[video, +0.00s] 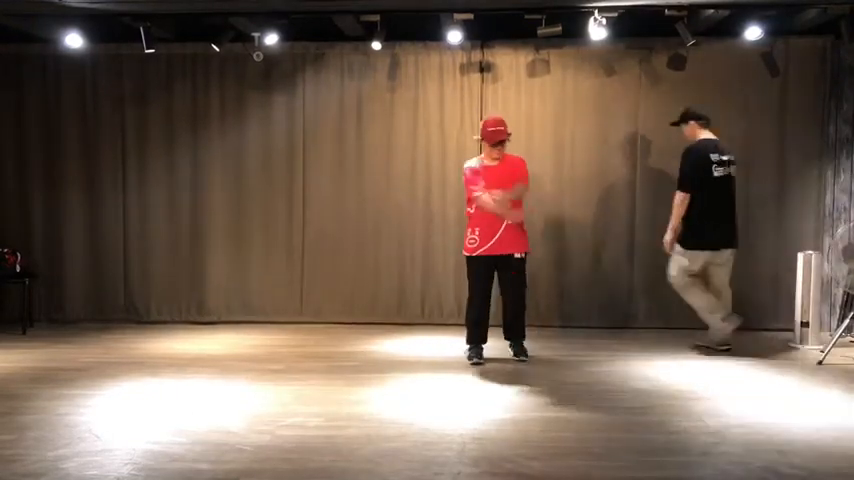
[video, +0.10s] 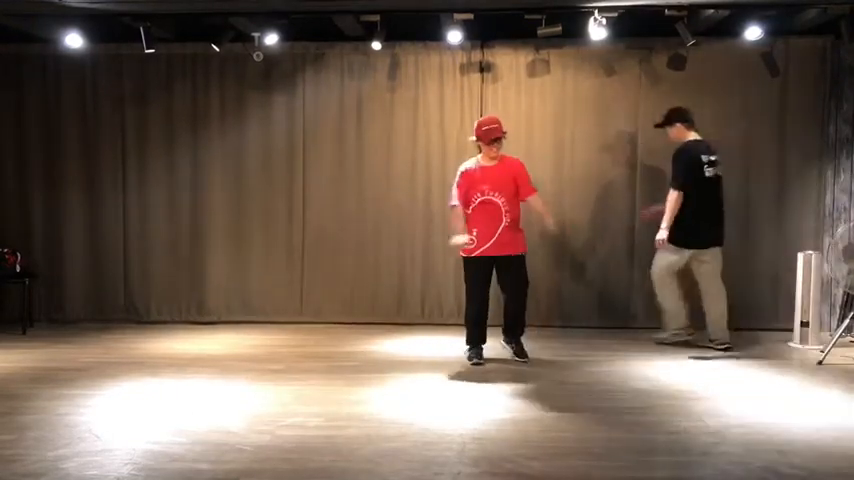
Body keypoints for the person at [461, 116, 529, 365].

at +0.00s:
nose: (499, 150)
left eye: (502, 144)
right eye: (494, 145)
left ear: (507, 141)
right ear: (483, 142)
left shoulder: (517, 164)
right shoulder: (472, 168)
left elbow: (520, 190)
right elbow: (480, 199)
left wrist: (497, 197)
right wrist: (509, 211)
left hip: (512, 243)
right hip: (480, 245)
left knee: (515, 297)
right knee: (478, 297)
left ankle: (517, 341)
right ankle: (475, 345)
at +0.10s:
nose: (495, 147)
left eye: (499, 141)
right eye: (490, 143)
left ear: (503, 140)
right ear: (479, 142)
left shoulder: (514, 166)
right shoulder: (467, 170)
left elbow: (530, 195)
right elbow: (457, 206)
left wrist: (548, 218)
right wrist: (460, 232)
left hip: (509, 245)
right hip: (477, 247)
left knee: (517, 292)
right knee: (476, 298)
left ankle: (513, 337)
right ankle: (475, 346)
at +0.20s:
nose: (494, 142)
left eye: (497, 137)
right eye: (488, 138)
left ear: (502, 138)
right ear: (478, 141)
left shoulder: (515, 166)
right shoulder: (466, 170)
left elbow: (536, 197)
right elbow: (444, 200)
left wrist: (553, 219)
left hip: (510, 244)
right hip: (476, 246)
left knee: (520, 292)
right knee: (476, 298)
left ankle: (518, 340)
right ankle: (475, 346)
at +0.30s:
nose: (495, 139)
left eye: (499, 134)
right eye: (490, 136)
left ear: (504, 136)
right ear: (479, 139)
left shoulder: (517, 165)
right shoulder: (466, 168)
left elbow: (529, 193)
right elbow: (440, 190)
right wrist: (417, 209)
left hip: (510, 243)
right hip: (477, 246)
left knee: (522, 295)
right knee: (477, 298)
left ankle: (534, 344)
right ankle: (475, 347)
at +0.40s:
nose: (501, 139)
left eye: (504, 134)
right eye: (495, 135)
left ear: (509, 137)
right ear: (484, 139)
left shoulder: (519, 165)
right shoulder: (470, 168)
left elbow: (523, 198)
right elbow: (445, 191)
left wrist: (513, 223)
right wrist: (422, 212)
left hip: (513, 244)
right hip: (479, 246)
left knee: (524, 296)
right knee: (478, 299)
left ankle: (542, 345)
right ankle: (475, 347)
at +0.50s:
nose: (507, 140)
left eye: (511, 136)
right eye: (502, 136)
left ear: (517, 139)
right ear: (492, 138)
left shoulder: (524, 168)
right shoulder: (475, 169)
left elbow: (527, 204)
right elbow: (454, 201)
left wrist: (520, 232)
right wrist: (440, 226)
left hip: (518, 246)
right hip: (484, 247)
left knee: (528, 298)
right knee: (481, 298)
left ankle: (540, 350)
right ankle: (475, 347)